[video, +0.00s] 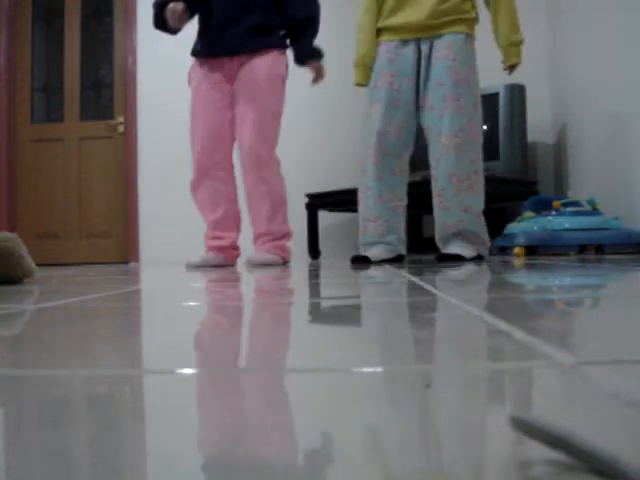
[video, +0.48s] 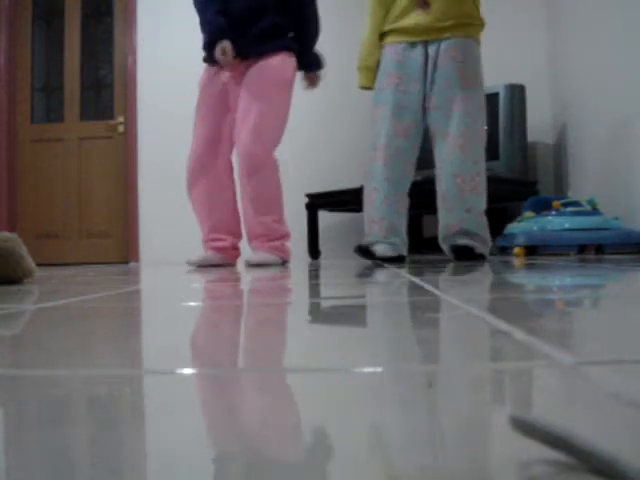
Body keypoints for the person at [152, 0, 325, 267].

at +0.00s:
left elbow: (301, 5)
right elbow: (163, 15)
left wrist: (305, 49)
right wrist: (170, 14)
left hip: (262, 55)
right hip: (209, 57)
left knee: (256, 151)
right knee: (208, 156)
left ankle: (272, 247)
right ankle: (221, 249)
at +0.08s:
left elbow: (292, 6)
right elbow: (183, 10)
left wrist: (295, 59)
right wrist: (185, 21)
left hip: (258, 54)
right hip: (209, 57)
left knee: (244, 153)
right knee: (201, 157)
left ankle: (269, 247)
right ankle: (219, 249)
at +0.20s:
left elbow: (292, 5)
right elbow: (187, 6)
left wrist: (290, 52)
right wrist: (201, 33)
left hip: (260, 53)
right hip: (210, 59)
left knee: (248, 153)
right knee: (204, 158)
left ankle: (270, 247)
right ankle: (220, 248)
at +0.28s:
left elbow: (293, 7)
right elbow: (187, 8)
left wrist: (291, 54)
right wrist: (205, 42)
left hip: (263, 54)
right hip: (214, 61)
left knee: (248, 154)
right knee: (204, 159)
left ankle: (270, 247)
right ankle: (220, 249)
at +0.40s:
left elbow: (302, 7)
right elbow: (203, 3)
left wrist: (303, 60)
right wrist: (216, 40)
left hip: (270, 55)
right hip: (220, 60)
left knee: (251, 151)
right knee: (204, 159)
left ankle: (269, 247)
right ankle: (221, 248)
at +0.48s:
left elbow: (303, 7)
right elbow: (204, 3)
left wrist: (307, 56)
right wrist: (217, 37)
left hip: (271, 56)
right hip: (221, 60)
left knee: (253, 151)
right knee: (206, 158)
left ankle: (270, 247)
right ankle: (221, 248)